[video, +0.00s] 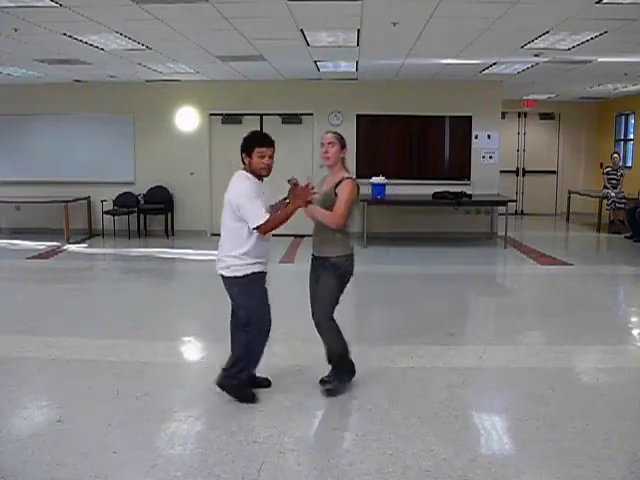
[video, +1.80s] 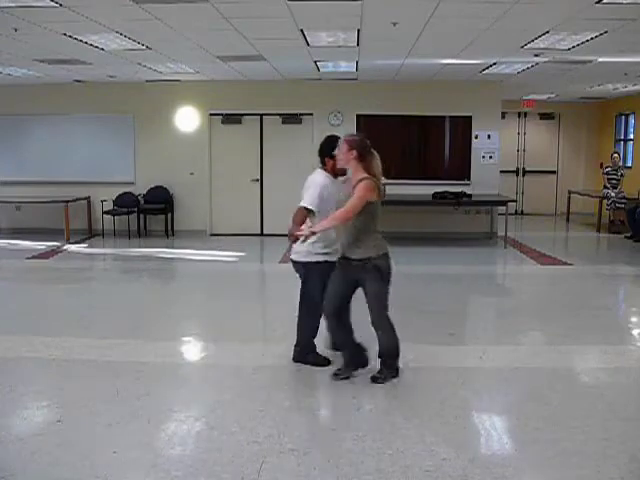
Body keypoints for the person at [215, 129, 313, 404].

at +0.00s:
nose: (268, 162)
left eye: (271, 157)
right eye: (262, 157)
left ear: (273, 157)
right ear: (246, 157)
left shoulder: (253, 183)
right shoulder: (244, 187)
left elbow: (264, 214)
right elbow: (263, 226)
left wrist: (289, 200)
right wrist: (295, 206)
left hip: (248, 267)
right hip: (242, 269)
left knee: (244, 321)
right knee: (259, 323)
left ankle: (244, 373)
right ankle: (233, 377)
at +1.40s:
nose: (290, 165)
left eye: (290, 160)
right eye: (285, 161)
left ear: (272, 164)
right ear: (270, 163)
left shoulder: (267, 185)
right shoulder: (265, 188)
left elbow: (286, 214)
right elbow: (264, 227)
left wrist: (315, 214)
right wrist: (299, 235)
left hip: (249, 258)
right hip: (258, 259)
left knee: (244, 304)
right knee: (284, 304)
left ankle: (232, 351)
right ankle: (262, 357)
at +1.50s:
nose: (304, 166)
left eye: (304, 161)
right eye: (300, 161)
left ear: (285, 165)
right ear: (285, 164)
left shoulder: (276, 183)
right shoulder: (279, 188)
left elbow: (287, 215)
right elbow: (274, 224)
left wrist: (314, 212)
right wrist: (303, 235)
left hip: (267, 259)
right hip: (275, 261)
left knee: (259, 303)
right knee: (299, 306)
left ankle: (236, 347)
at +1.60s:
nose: (318, 166)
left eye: (318, 161)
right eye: (315, 162)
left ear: (300, 164)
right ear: (300, 164)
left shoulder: (297, 184)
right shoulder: (293, 187)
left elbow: (298, 214)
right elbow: (287, 222)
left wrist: (320, 208)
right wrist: (309, 235)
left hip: (290, 256)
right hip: (293, 257)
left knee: (290, 296)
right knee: (311, 303)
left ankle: (253, 333)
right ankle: (306, 351)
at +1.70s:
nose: (334, 164)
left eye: (333, 159)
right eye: (329, 160)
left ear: (317, 163)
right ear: (314, 162)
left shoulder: (316, 182)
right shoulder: (305, 183)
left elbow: (315, 208)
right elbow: (298, 214)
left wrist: (331, 201)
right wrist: (304, 231)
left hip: (313, 254)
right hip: (301, 257)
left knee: (324, 293)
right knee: (315, 299)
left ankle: (288, 326)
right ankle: (306, 350)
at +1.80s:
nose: (344, 163)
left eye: (344, 158)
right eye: (340, 158)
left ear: (334, 160)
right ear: (328, 161)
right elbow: (303, 212)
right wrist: (293, 241)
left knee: (337, 300)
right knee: (311, 306)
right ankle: (304, 349)